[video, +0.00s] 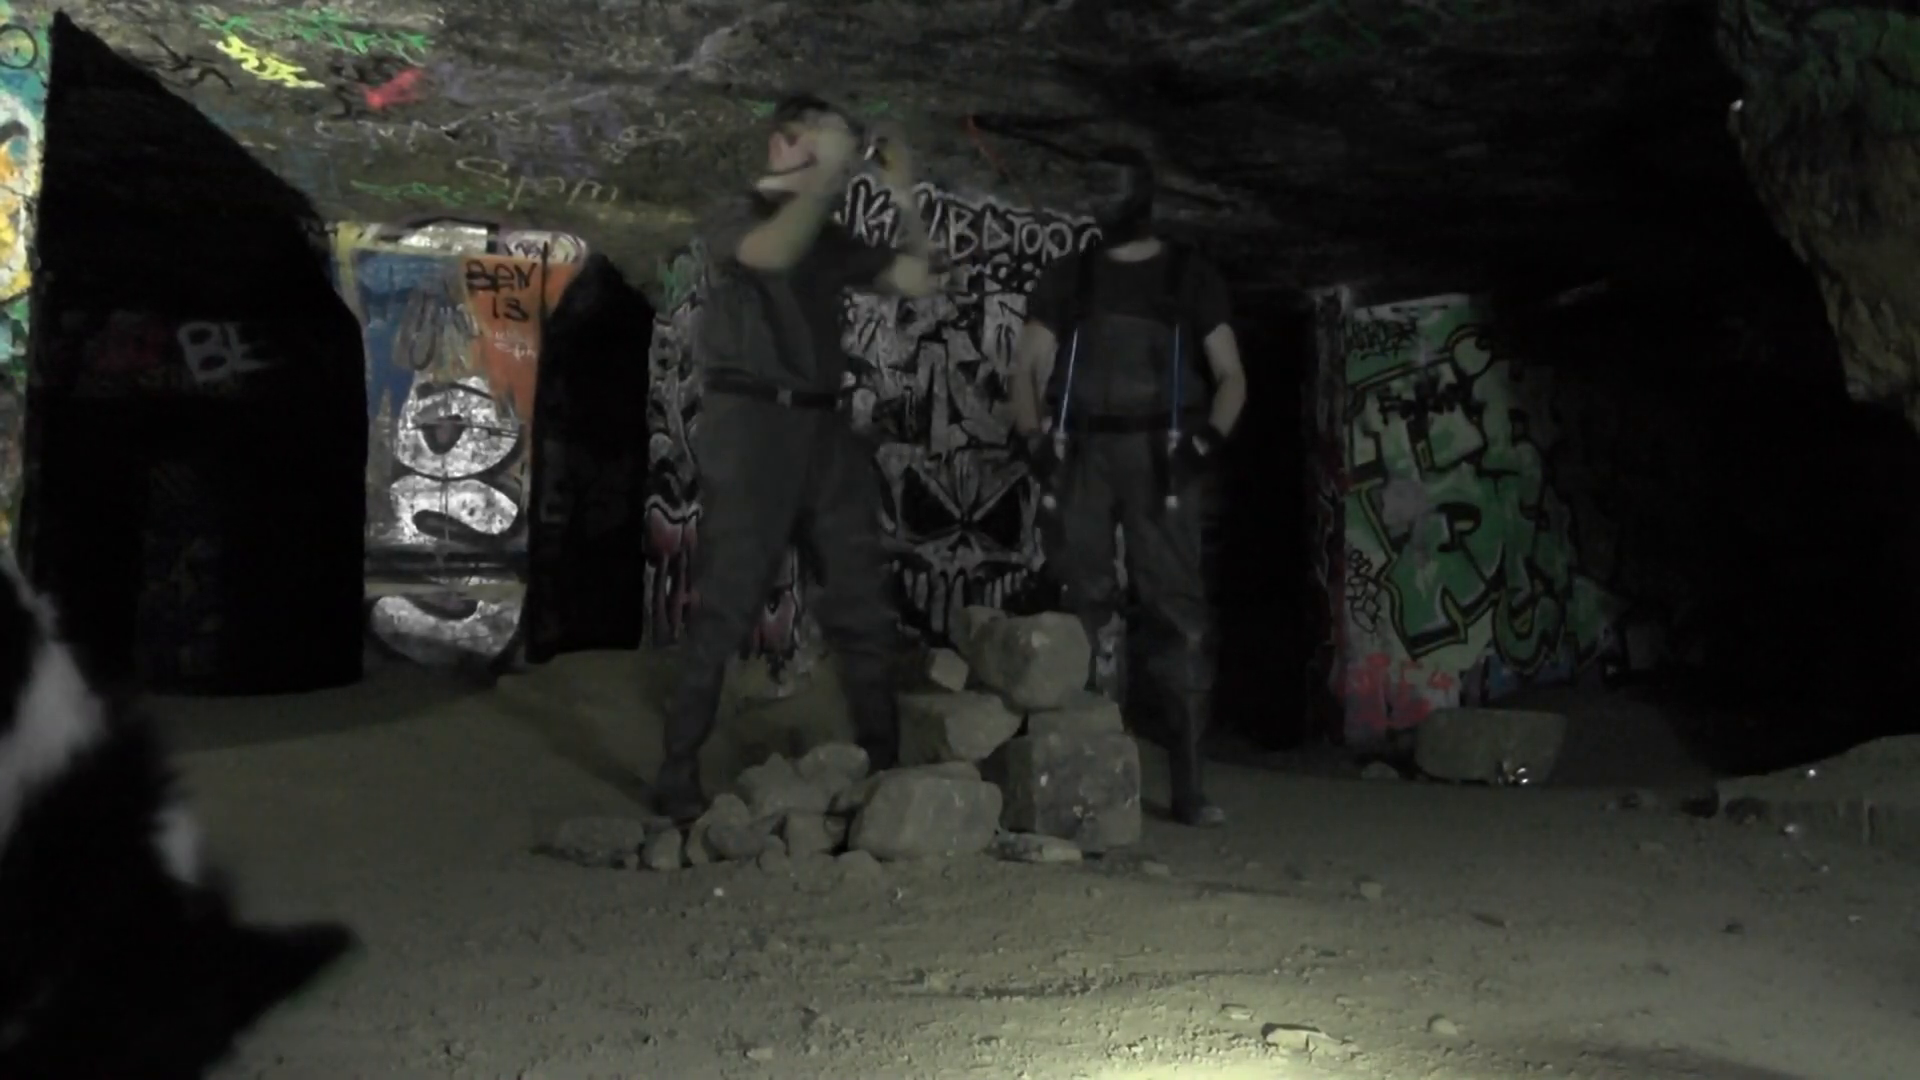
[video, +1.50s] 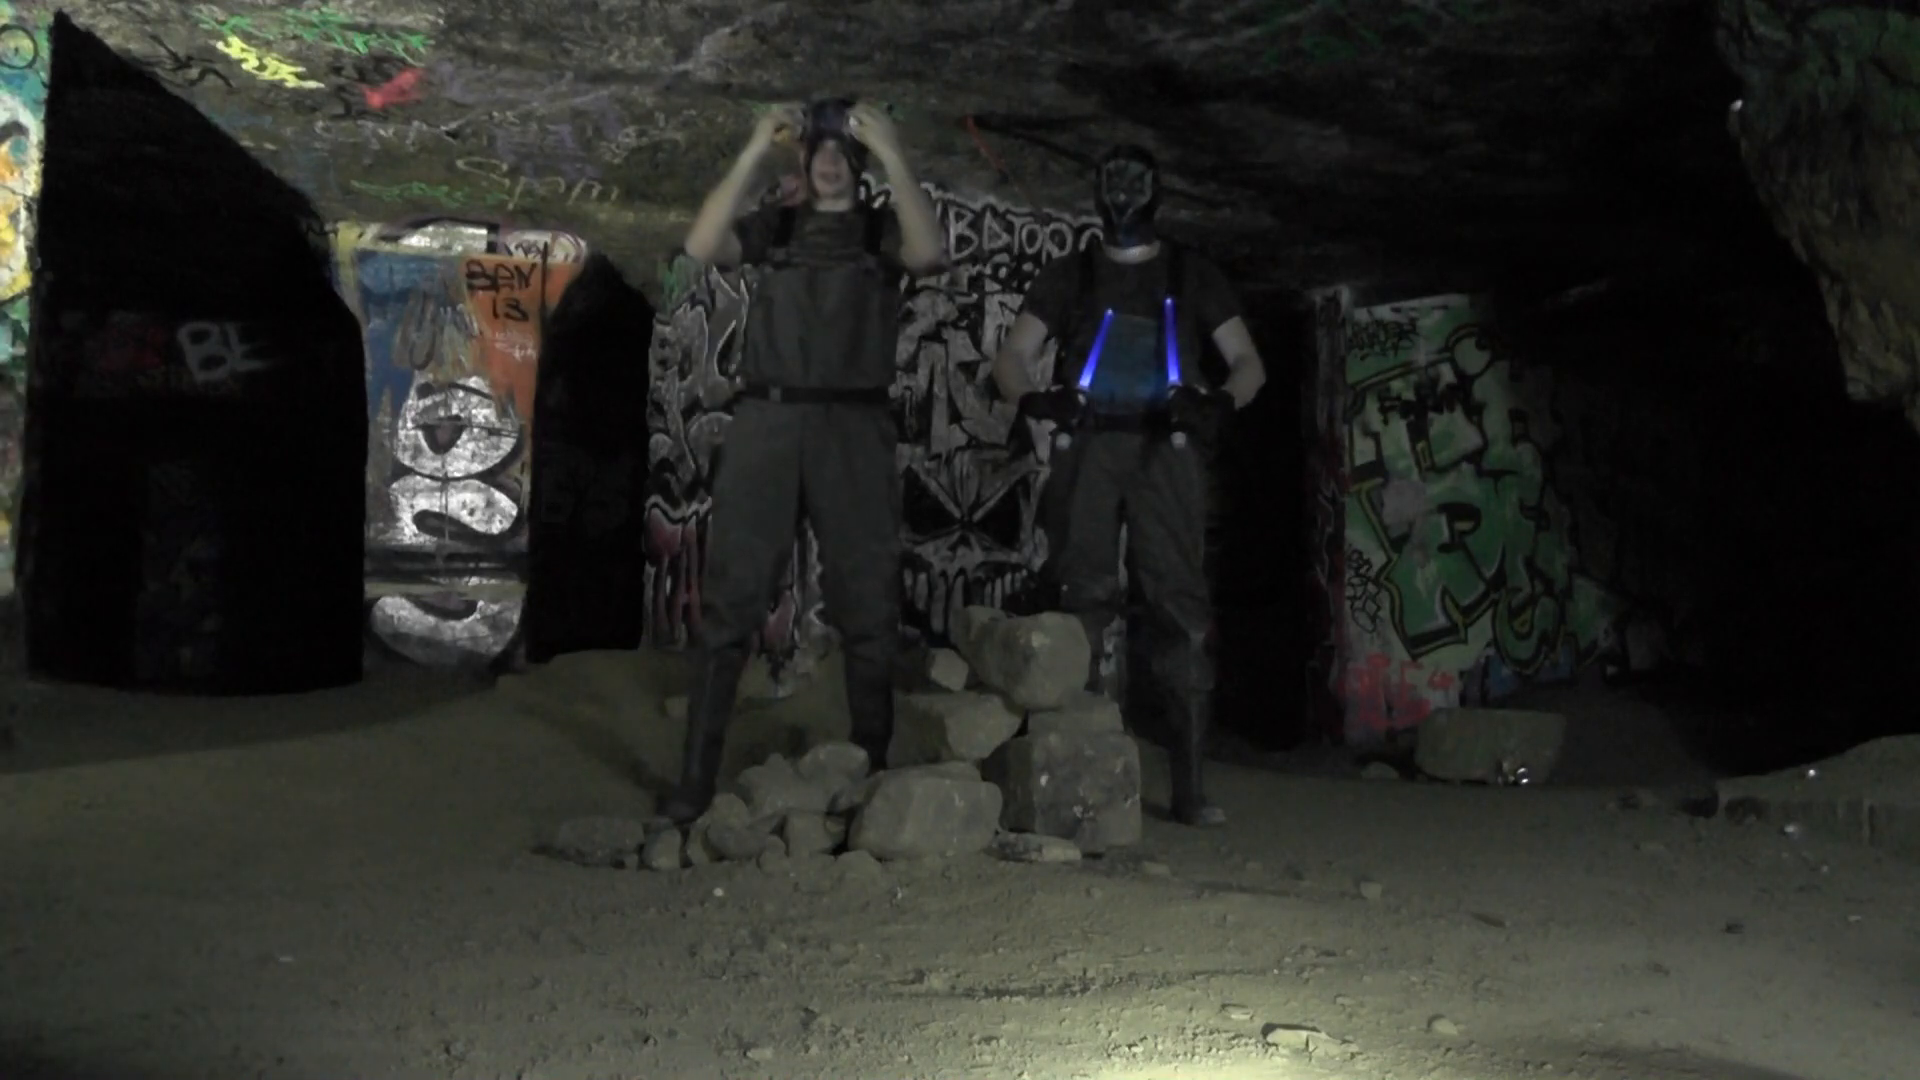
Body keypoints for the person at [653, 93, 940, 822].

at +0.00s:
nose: (817, 161)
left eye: (826, 150)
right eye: (806, 145)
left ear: (834, 163)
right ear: (777, 146)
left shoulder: (828, 237)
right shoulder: (731, 217)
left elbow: (915, 276)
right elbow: (768, 252)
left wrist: (903, 192)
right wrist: (824, 178)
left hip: (823, 434)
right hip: (746, 429)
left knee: (860, 598)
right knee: (729, 601)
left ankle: (882, 766)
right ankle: (679, 771)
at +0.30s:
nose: (777, 154)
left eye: (788, 143)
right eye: (768, 141)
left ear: (803, 156)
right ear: (749, 149)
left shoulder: (800, 227)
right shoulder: (723, 214)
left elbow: (874, 281)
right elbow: (806, 252)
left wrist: (867, 194)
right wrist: (843, 177)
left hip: (796, 426)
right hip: (731, 422)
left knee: (836, 589)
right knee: (740, 590)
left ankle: (878, 757)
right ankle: (683, 769)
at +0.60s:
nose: (778, 152)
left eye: (790, 142)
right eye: (769, 140)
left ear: (804, 157)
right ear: (748, 150)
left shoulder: (802, 229)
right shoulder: (722, 215)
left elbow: (878, 276)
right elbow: (800, 249)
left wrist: (875, 191)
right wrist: (836, 173)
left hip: (798, 425)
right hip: (732, 421)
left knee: (838, 587)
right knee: (743, 590)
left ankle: (876, 752)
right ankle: (684, 772)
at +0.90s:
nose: (776, 151)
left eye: (790, 142)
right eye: (767, 138)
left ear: (809, 157)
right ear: (750, 147)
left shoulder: (813, 233)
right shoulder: (723, 217)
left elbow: (887, 276)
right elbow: (791, 249)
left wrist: (885, 192)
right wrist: (833, 172)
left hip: (802, 426)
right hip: (733, 422)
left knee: (847, 590)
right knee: (736, 594)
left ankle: (884, 757)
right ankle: (683, 773)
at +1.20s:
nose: (822, 159)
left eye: (835, 148)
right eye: (808, 146)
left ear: (852, 161)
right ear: (783, 158)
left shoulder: (867, 230)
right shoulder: (755, 225)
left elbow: (940, 260)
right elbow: (717, 251)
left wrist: (901, 160)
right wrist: (769, 164)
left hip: (850, 438)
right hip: (763, 435)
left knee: (866, 610)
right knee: (728, 606)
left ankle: (875, 769)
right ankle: (682, 772)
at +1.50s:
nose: (830, 163)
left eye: (842, 154)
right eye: (819, 153)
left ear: (862, 168)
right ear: (800, 166)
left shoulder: (880, 229)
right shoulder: (773, 227)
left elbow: (929, 253)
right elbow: (702, 245)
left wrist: (890, 153)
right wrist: (755, 152)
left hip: (855, 439)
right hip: (766, 435)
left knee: (868, 614)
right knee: (731, 608)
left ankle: (872, 781)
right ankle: (695, 787)